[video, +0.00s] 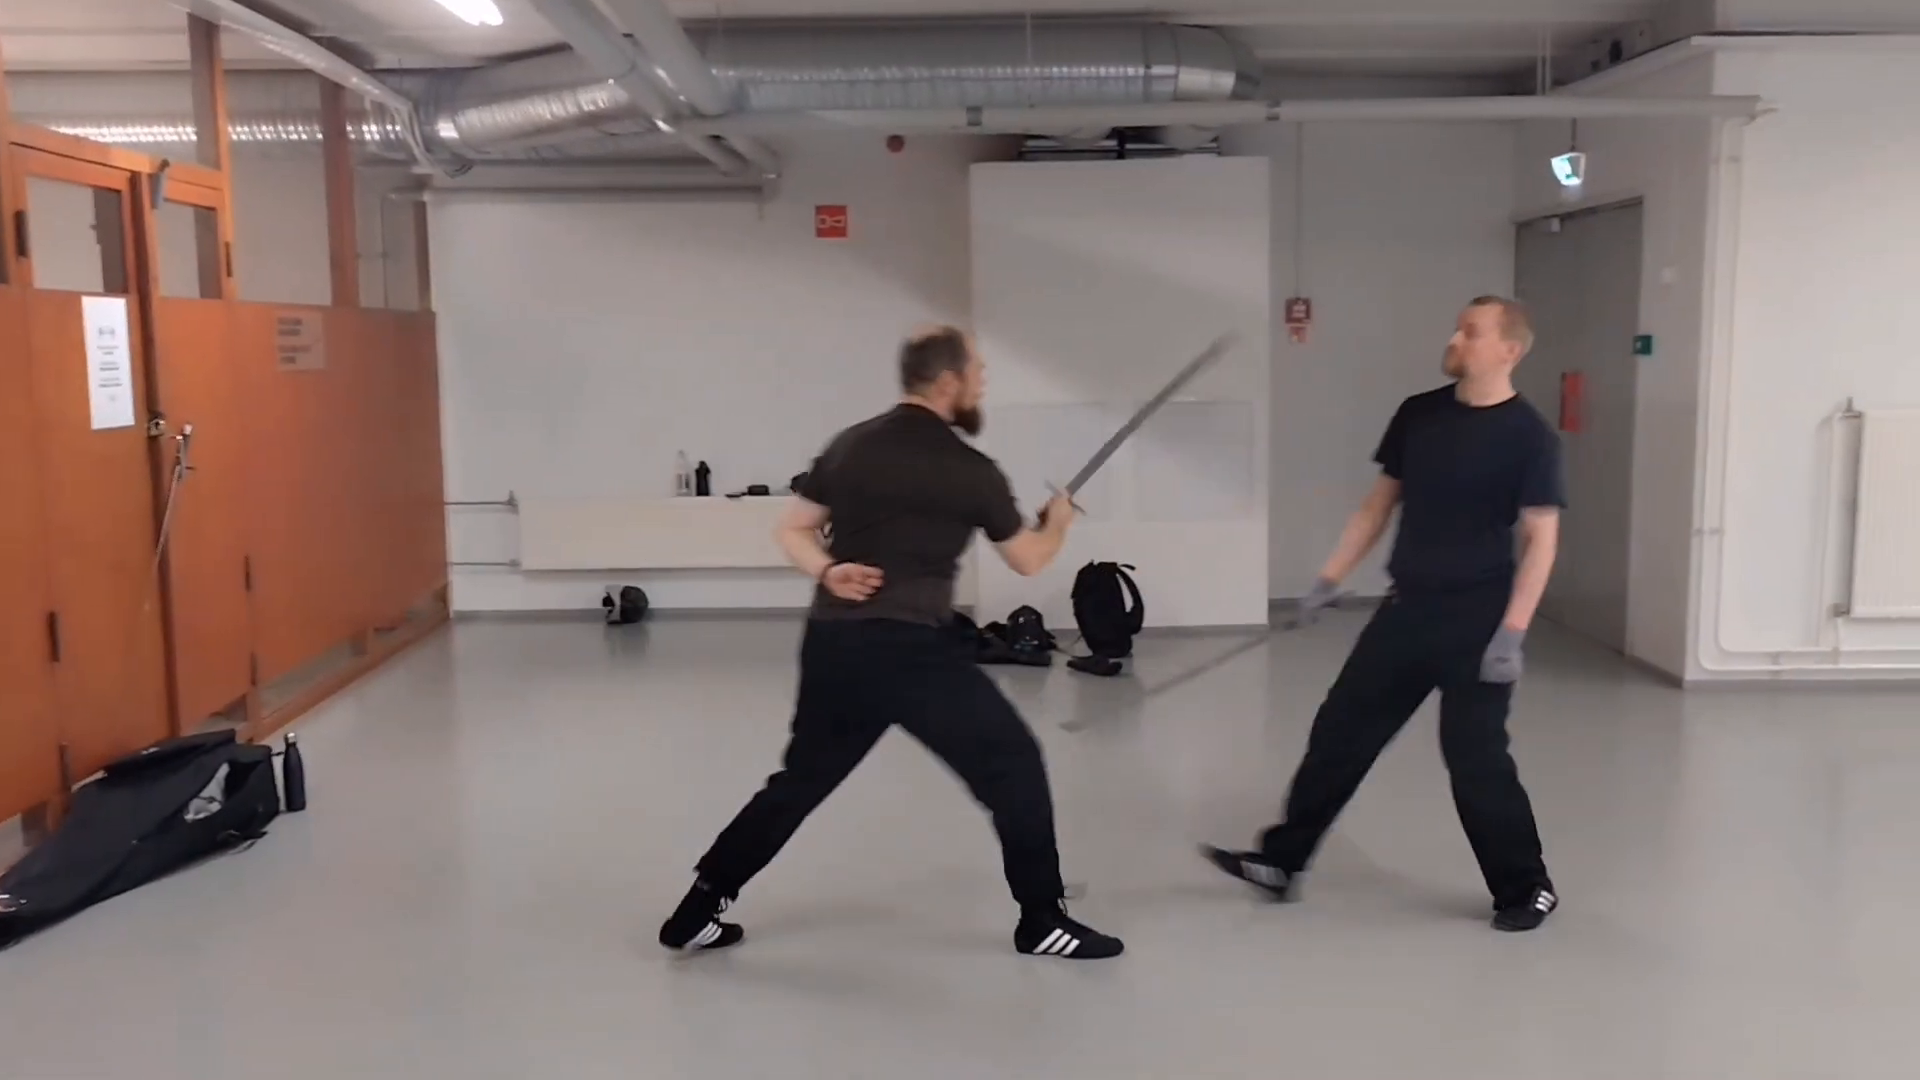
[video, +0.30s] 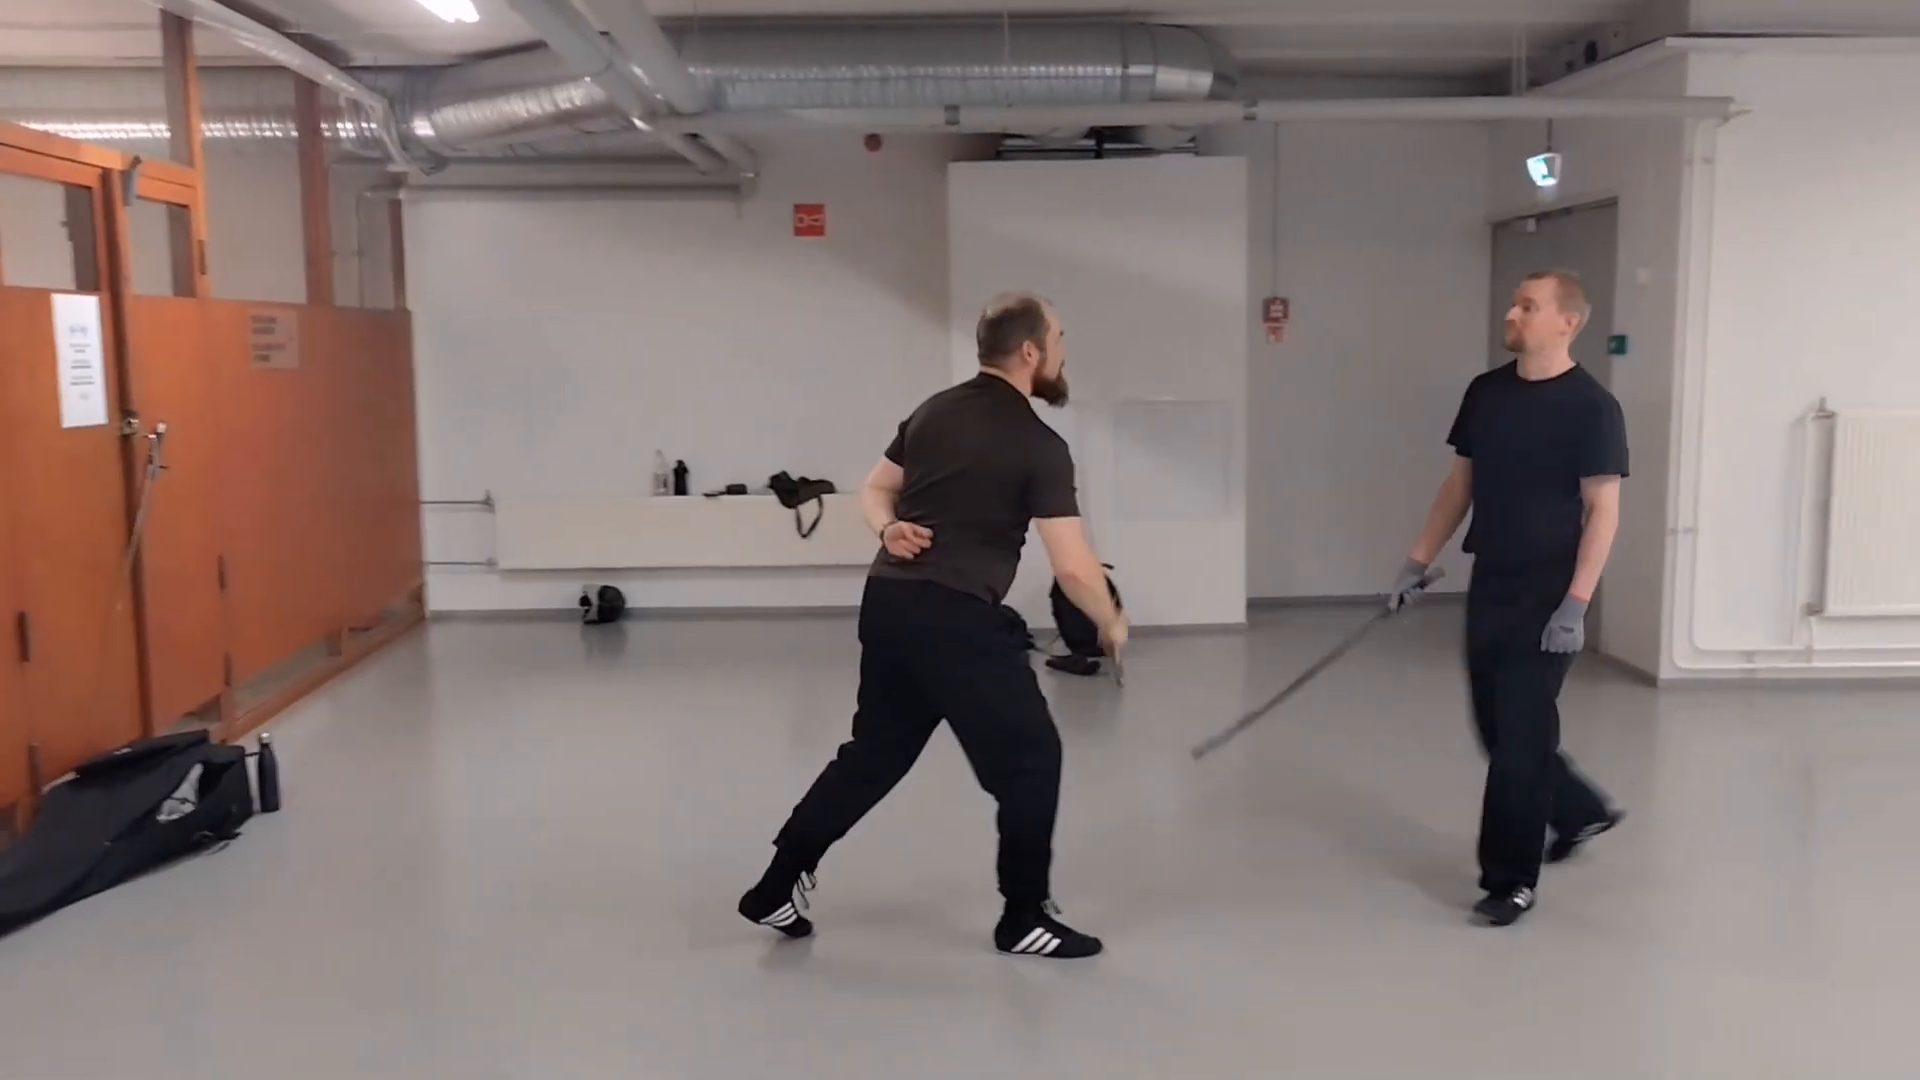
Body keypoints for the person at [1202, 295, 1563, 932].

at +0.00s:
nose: (1453, 340)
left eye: (1469, 332)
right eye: (1456, 329)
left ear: (1510, 350)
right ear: (1458, 341)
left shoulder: (1530, 435)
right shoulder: (1420, 414)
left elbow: (1540, 541)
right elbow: (1379, 504)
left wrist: (1511, 632)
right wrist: (1327, 581)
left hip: (1481, 618)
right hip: (1408, 610)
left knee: (1475, 756)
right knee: (1342, 729)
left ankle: (1526, 889)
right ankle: (1281, 860)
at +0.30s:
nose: (1511, 315)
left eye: (1528, 307)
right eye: (1513, 305)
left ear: (1569, 324)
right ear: (1515, 316)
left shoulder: (1592, 407)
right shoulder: (1487, 392)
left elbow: (1604, 512)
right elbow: (1459, 484)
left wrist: (1576, 602)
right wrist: (1419, 561)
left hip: (1553, 587)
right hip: (1491, 581)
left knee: (1520, 727)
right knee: (1496, 723)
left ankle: (1510, 882)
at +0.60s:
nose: (1538, 329)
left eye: (1554, 320)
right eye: (1540, 319)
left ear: (1594, 333)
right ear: (1554, 334)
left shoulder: (1614, 409)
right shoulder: (1546, 402)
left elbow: (1628, 516)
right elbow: (1534, 490)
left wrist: (1593, 603)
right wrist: (1468, 516)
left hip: (1602, 588)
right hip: (1566, 584)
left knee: (1552, 720)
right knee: (1614, 711)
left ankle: (1499, 864)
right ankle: (1675, 825)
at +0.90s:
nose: (1545, 319)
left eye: (1559, 310)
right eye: (1547, 309)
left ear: (1600, 320)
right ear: (1587, 323)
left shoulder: (1606, 388)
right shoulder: (1586, 387)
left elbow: (1614, 493)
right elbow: (1570, 473)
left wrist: (1581, 585)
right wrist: (1513, 435)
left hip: (1606, 573)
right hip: (1617, 568)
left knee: (1561, 709)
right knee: (1623, 707)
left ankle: (1549, 859)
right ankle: (1647, 828)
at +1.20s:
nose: (1526, 320)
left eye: (1540, 312)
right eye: (1529, 311)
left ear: (1580, 325)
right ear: (1578, 329)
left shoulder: (1577, 392)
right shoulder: (1574, 389)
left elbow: (1568, 492)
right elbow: (1550, 470)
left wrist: (1533, 584)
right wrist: (1511, 428)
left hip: (1575, 577)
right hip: (1597, 572)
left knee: (1518, 711)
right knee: (1587, 704)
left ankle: (1530, 864)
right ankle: (1625, 828)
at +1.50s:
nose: (1491, 327)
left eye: (1504, 317)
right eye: (1494, 317)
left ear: (1543, 327)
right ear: (1542, 328)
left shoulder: (1545, 393)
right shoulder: (1557, 390)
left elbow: (1535, 498)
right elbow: (1523, 473)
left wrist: (1504, 589)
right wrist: (1484, 431)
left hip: (1553, 576)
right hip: (1580, 569)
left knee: (1500, 710)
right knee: (1555, 701)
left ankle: (1513, 869)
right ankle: (1592, 813)